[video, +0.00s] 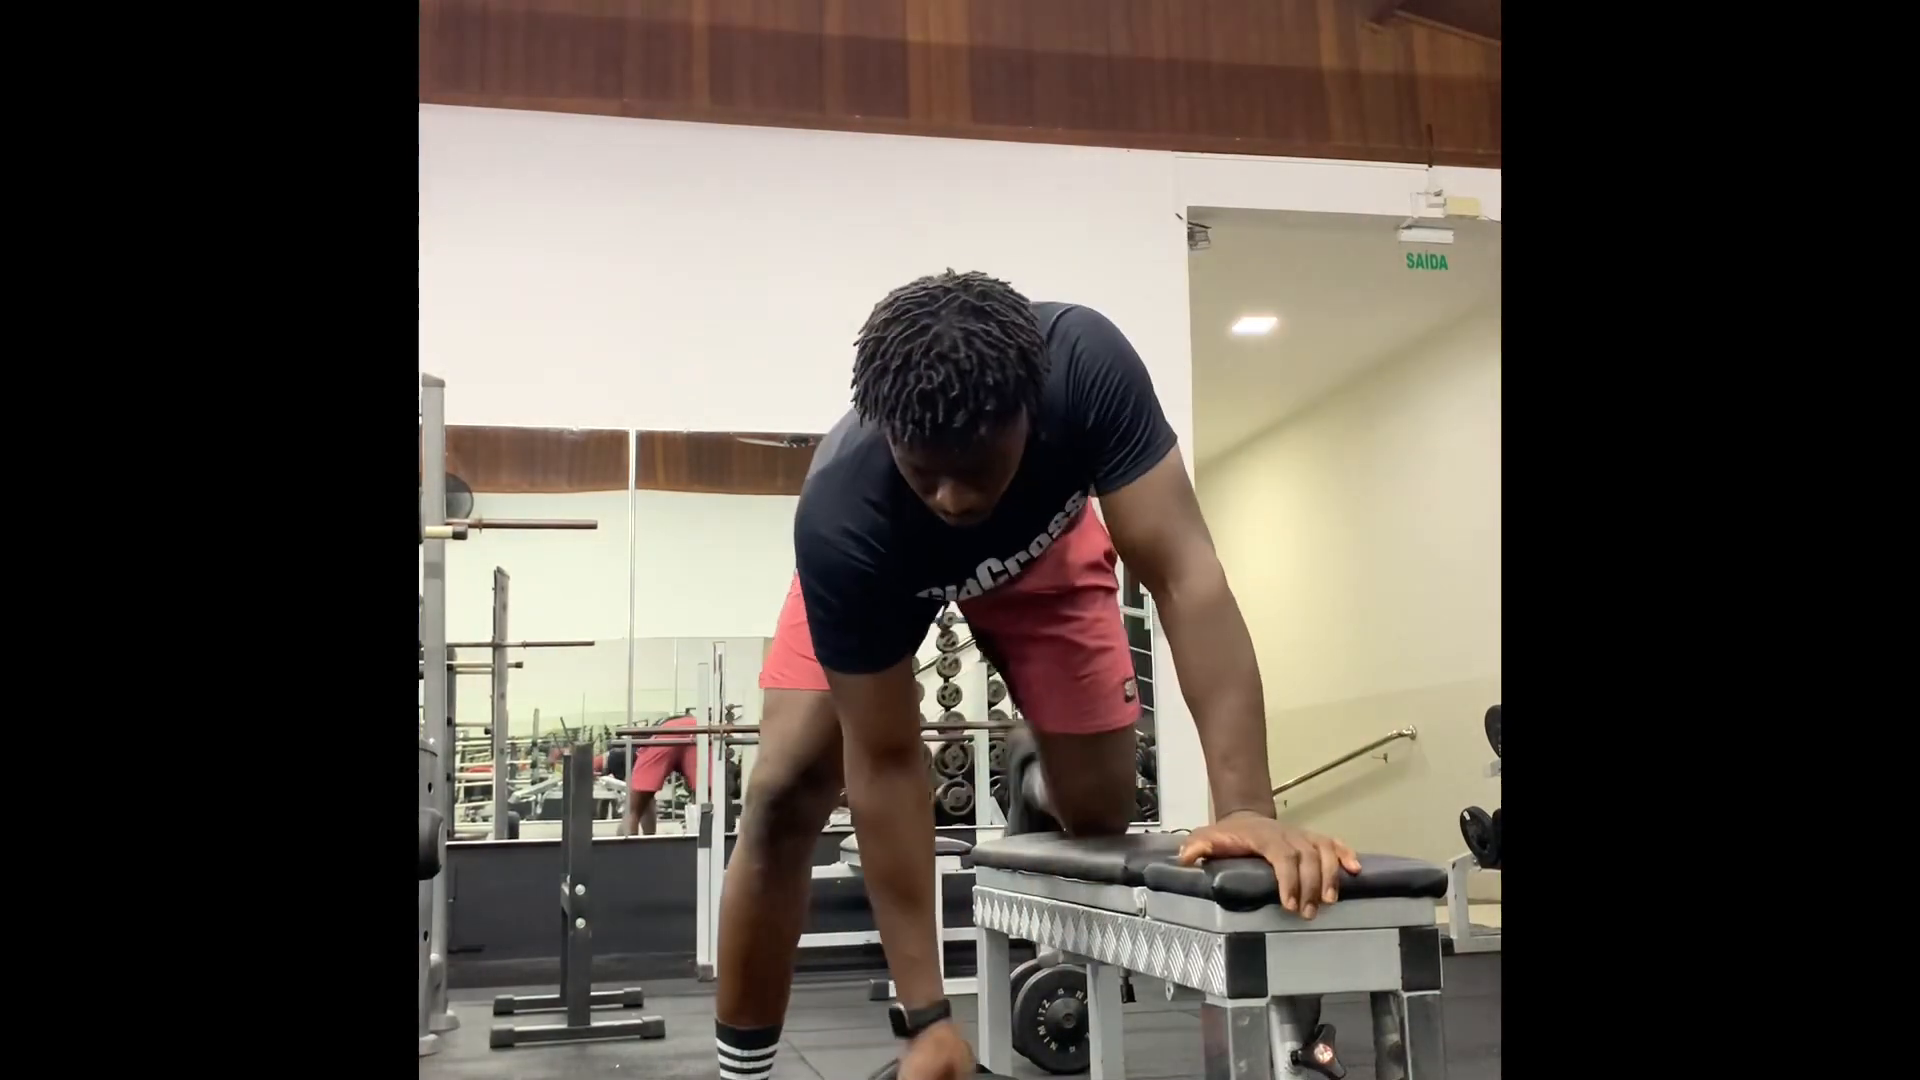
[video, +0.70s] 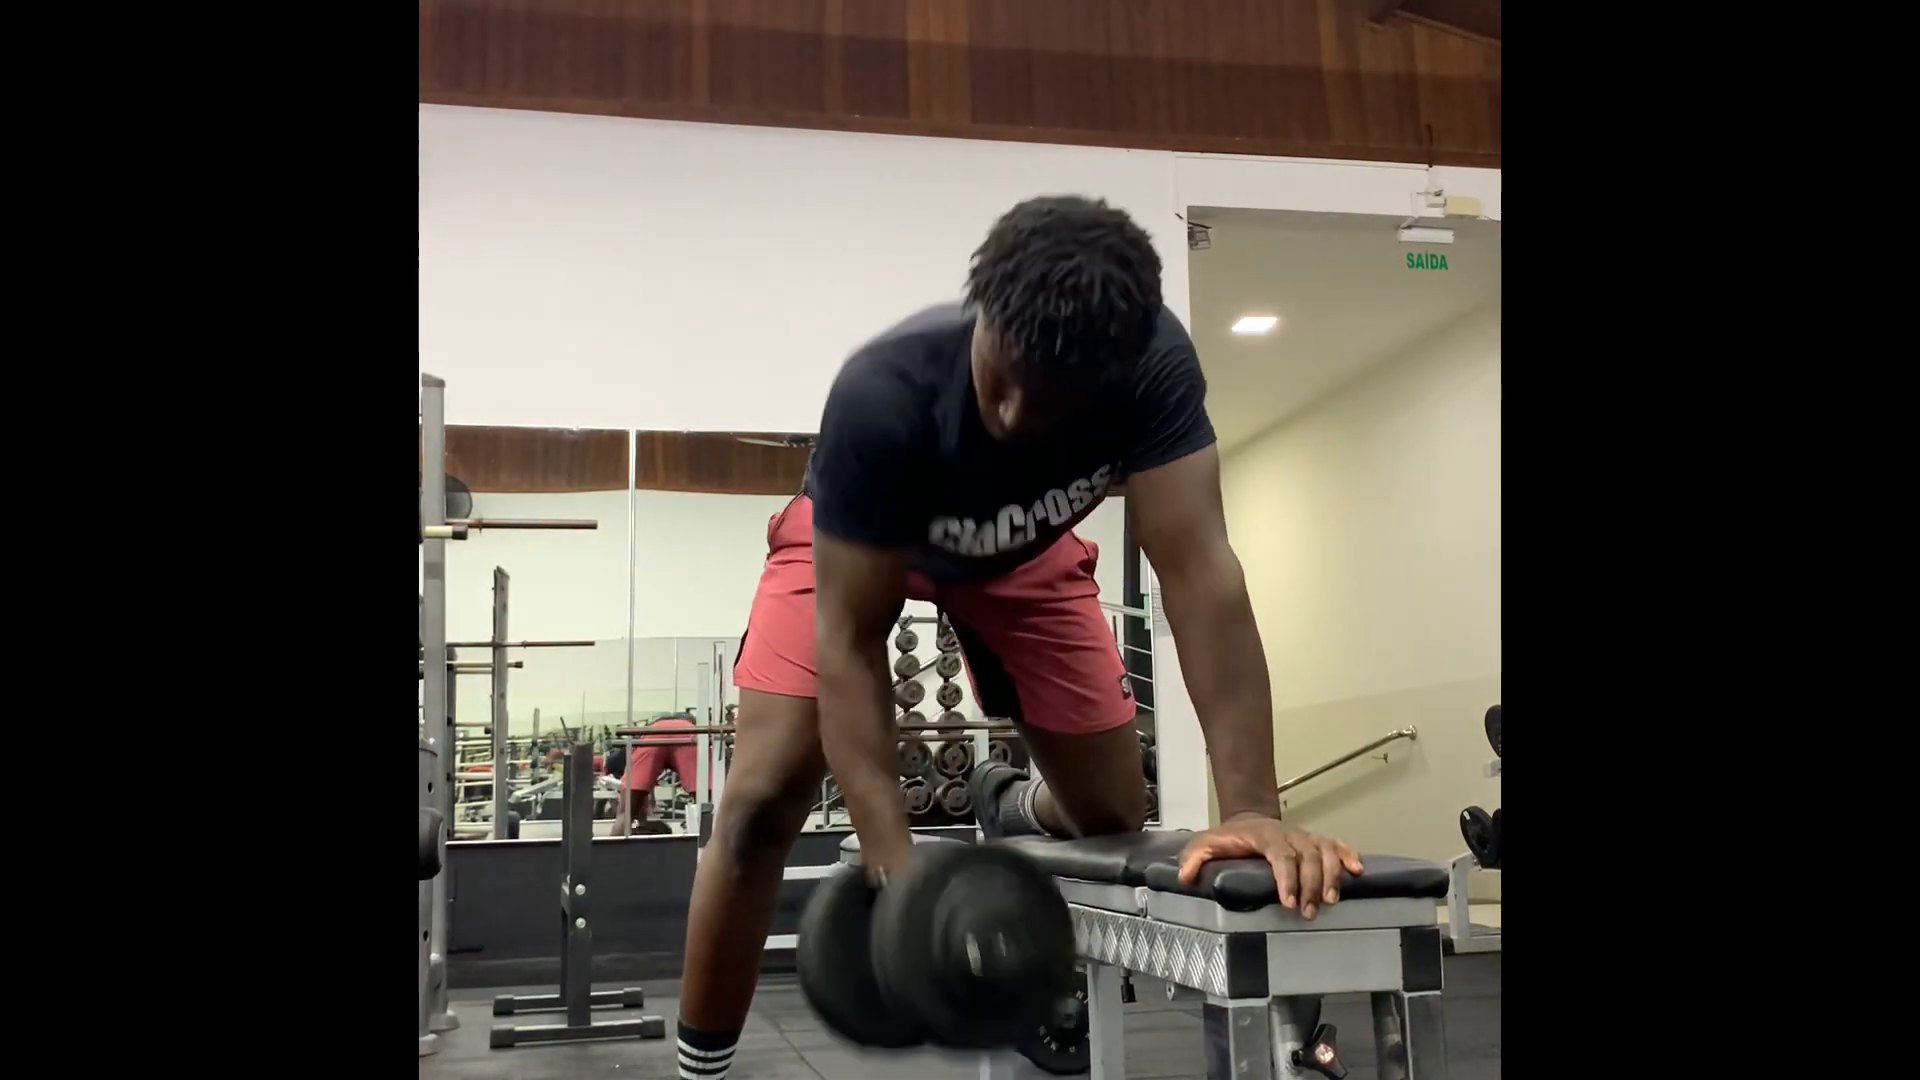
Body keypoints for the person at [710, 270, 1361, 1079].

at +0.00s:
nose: (952, 496)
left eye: (980, 470)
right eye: (924, 473)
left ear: (1028, 407)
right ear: (887, 429)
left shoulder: (1086, 369)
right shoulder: (848, 524)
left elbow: (1187, 577)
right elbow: (887, 762)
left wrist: (1244, 806)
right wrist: (924, 1019)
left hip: (1045, 527)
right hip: (876, 561)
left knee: (1103, 810)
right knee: (781, 797)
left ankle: (1041, 795)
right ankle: (742, 1066)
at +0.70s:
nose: (1012, 414)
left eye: (1047, 398)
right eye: (1001, 378)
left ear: (1109, 364)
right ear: (982, 316)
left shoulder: (1151, 363)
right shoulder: (884, 395)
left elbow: (1199, 568)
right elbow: (848, 644)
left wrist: (1251, 804)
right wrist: (901, 880)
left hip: (1030, 552)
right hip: (856, 540)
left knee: (1113, 817)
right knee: (758, 799)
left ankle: (1005, 807)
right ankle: (699, 1067)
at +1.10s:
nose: (1043, 387)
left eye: (1077, 366)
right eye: (1026, 352)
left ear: (1129, 330)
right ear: (996, 287)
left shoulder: (1159, 363)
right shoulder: (890, 331)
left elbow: (1201, 563)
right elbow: (787, 495)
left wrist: (1253, 805)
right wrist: (828, 695)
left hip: (1032, 561)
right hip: (859, 538)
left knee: (1118, 815)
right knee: (753, 800)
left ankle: (1001, 807)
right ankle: (695, 1074)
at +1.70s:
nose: (1078, 318)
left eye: (1113, 300)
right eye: (1061, 281)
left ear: (1168, 276)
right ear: (1039, 215)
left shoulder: (1178, 368)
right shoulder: (939, 239)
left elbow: (1208, 571)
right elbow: (817, 290)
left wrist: (1253, 807)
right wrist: (823, 423)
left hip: (1012, 555)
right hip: (857, 516)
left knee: (1116, 811)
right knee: (751, 800)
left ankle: (1007, 808)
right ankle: (694, 1074)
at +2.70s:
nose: (1056, 388)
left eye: (1091, 367)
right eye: (1038, 353)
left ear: (1139, 334)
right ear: (1004, 289)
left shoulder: (1163, 373)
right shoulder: (897, 339)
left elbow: (1203, 574)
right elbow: (799, 515)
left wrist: (1252, 804)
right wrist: (838, 724)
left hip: (1027, 566)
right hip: (857, 540)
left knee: (1121, 815)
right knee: (749, 801)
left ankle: (995, 796)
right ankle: (696, 1074)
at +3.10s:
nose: (1028, 432)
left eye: (1058, 411)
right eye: (1006, 400)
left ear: (1101, 379)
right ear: (965, 342)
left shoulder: (1126, 394)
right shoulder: (866, 433)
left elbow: (1191, 587)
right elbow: (834, 683)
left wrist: (1250, 806)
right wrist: (871, 921)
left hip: (1013, 563)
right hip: (839, 552)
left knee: (1121, 815)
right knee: (741, 794)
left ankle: (1002, 797)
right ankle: (695, 1072)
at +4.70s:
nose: (1046, 538)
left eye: (1061, 511)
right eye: (1013, 518)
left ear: (1082, 466)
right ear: (951, 474)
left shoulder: (1092, 406)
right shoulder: (864, 538)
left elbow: (1184, 592)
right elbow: (872, 812)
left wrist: (1250, 810)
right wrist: (874, 1056)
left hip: (1005, 551)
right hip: (829, 537)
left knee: (1119, 814)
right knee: (730, 799)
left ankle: (988, 790)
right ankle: (692, 1074)